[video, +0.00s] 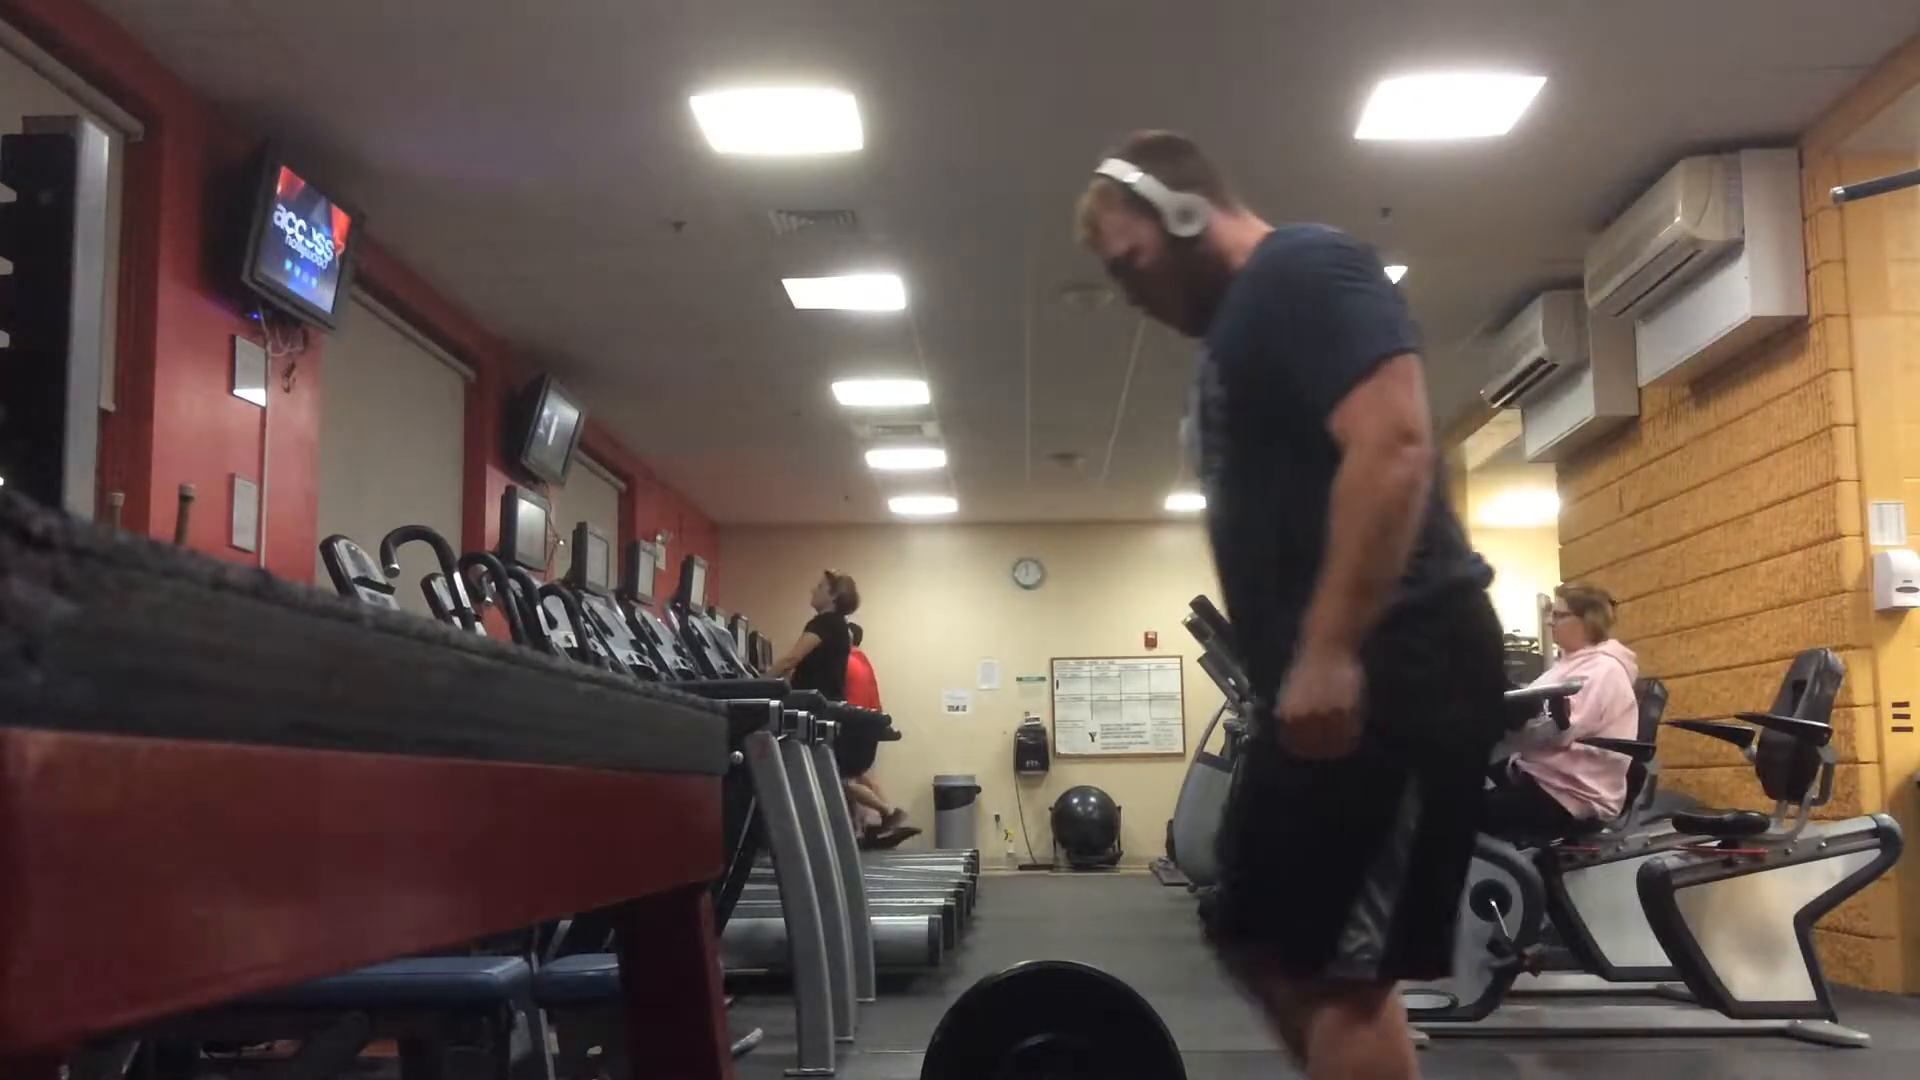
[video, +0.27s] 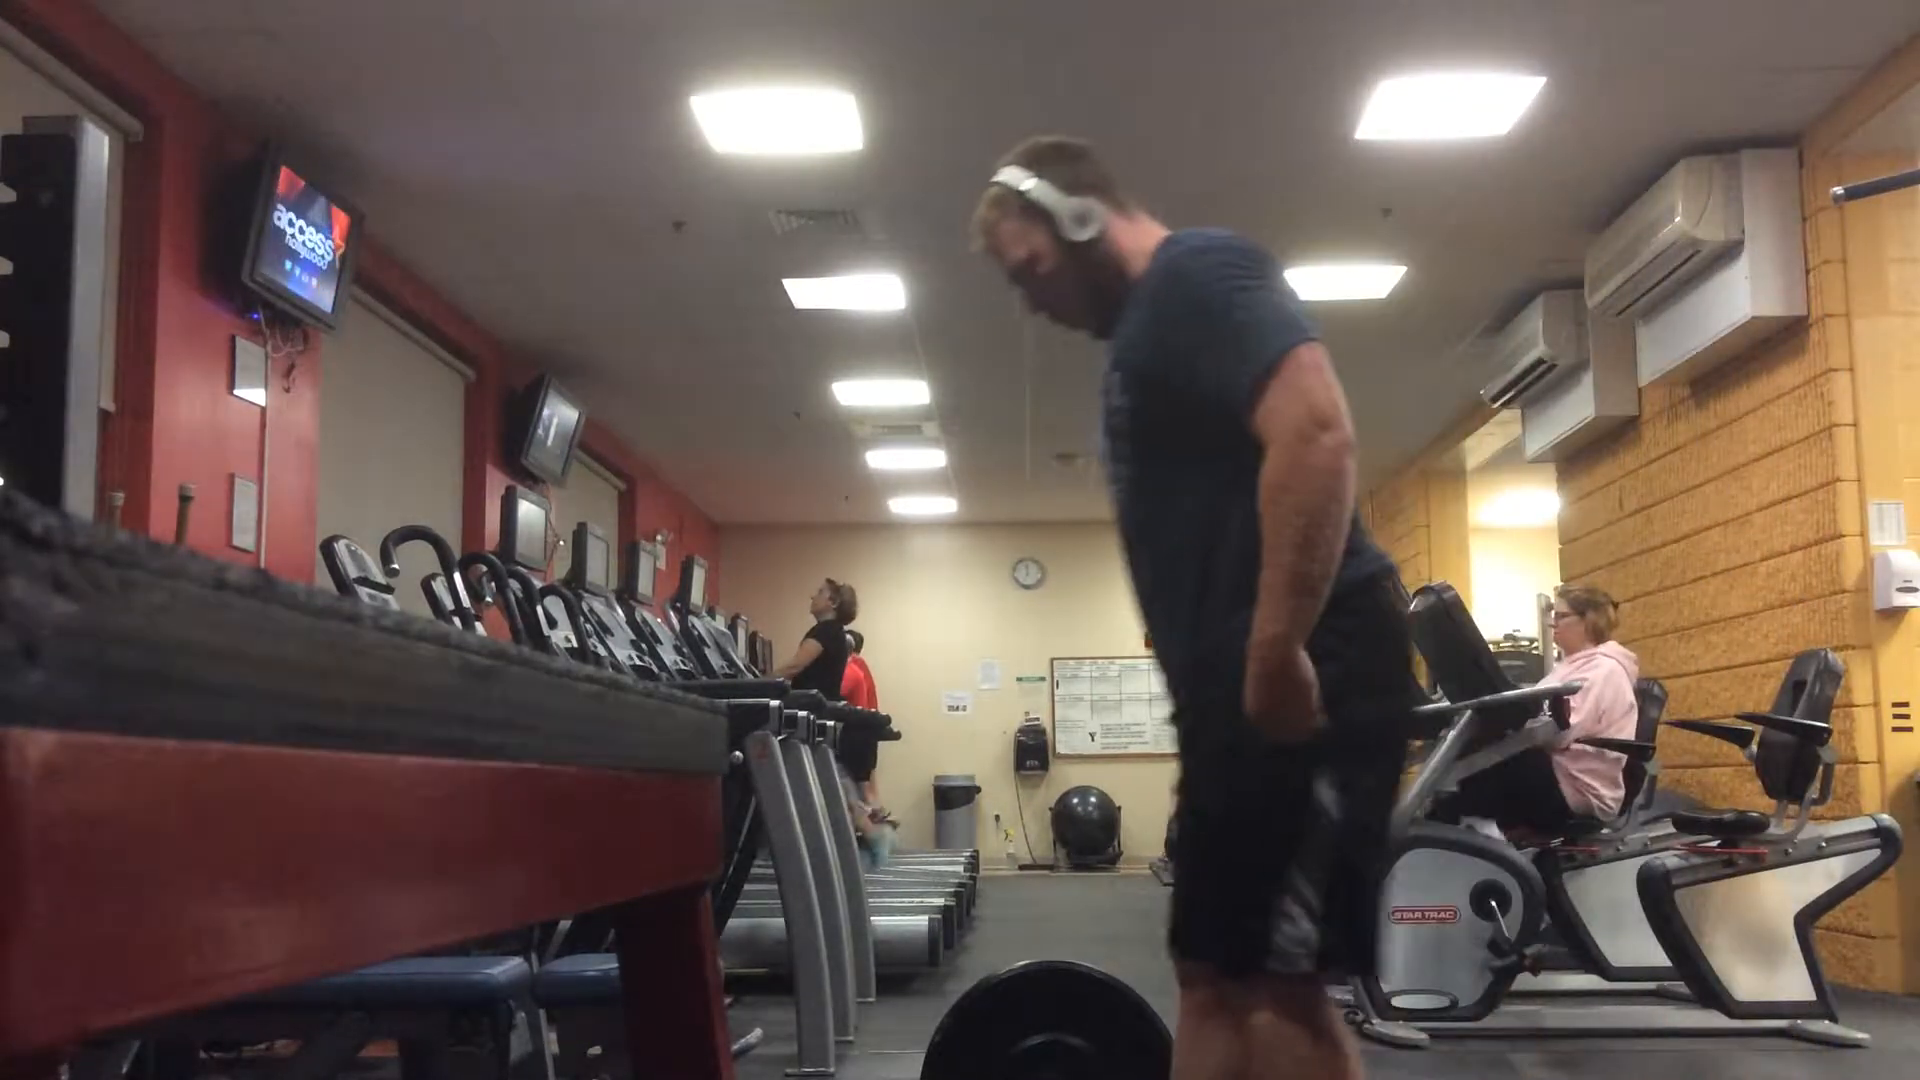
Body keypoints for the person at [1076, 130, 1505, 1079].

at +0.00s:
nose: (1127, 294)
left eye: (1127, 263)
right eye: (1114, 277)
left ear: (1190, 216)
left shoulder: (1301, 268)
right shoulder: (1237, 335)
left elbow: (1395, 448)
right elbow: (1303, 507)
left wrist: (1329, 644)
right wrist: (1276, 652)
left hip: (1400, 659)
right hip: (1327, 669)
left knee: (1342, 977)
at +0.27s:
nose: (1030, 302)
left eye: (1030, 272)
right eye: (1019, 285)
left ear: (1089, 221)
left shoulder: (1197, 273)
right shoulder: (1139, 339)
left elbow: (1317, 433)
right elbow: (1211, 520)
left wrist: (1277, 643)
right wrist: (1200, 689)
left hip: (1302, 667)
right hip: (1231, 677)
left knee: (1275, 987)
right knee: (1212, 976)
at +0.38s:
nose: (993, 312)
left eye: (993, 283)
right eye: (981, 296)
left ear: (1051, 231)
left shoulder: (1163, 280)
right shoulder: (1107, 351)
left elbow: (1296, 423)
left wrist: (1250, 625)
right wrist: (1179, 653)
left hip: (1261, 672)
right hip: (1204, 683)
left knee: (1196, 959)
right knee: (1182, 958)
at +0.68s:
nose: (911, 333)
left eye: (907, 302)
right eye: (896, 315)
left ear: (952, 248)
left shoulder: (1090, 292)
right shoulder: (1018, 396)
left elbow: (1227, 442)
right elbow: (1097, 557)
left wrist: (1170, 653)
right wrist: (1106, 718)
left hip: (1224, 655)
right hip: (1148, 680)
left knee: (1136, 948)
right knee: (1124, 952)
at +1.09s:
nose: (880, 373)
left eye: (863, 346)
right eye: (858, 356)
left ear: (894, 287)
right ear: (903, 281)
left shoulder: (1027, 322)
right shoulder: (977, 395)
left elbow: (1141, 495)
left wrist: (1083, 707)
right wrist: (1077, 715)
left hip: (1221, 652)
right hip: (1161, 671)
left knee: (1081, 934)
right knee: (1086, 935)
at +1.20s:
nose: (838, 430)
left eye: (825, 401)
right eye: (820, 413)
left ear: (853, 352)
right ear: (877, 323)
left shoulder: (1006, 376)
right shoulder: (966, 452)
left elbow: (1109, 555)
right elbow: (1058, 663)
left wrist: (1087, 786)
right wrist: (1072, 796)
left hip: (1235, 666)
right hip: (1172, 688)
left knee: (1081, 952)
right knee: (1078, 952)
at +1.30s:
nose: (802, 496)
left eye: (797, 464)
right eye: (789, 474)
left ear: (844, 423)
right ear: (852, 419)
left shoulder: (980, 472)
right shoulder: (949, 517)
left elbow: (1071, 684)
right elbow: (1041, 711)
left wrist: (1078, 914)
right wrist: (1064, 897)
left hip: (1265, 704)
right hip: (1197, 723)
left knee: (1088, 974)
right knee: (1051, 955)